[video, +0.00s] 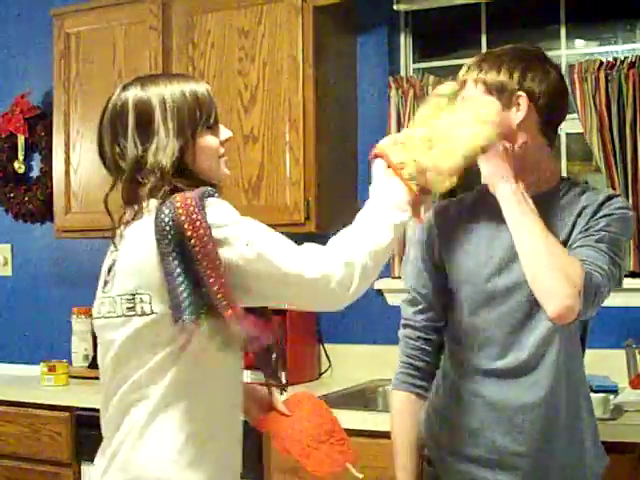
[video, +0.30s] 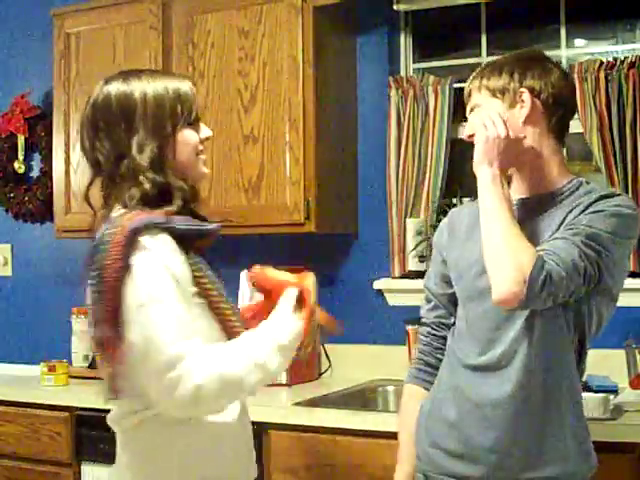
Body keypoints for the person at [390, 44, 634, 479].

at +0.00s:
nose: (458, 116)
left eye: (469, 99)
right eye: (460, 101)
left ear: (518, 109)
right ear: (517, 110)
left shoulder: (600, 211)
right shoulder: (440, 222)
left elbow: (565, 303)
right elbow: (414, 359)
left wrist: (504, 184)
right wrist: (405, 473)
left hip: (557, 461)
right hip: (457, 458)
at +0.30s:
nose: (464, 131)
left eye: (474, 112)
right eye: (467, 117)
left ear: (522, 107)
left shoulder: (608, 213)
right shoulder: (455, 226)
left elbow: (514, 286)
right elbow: (429, 354)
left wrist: (488, 172)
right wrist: (405, 468)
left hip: (542, 464)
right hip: (442, 460)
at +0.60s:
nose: (542, 127)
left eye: (560, 114)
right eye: (532, 112)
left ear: (597, 125)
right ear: (516, 123)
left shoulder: (619, 222)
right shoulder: (458, 221)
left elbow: (533, 279)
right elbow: (434, 332)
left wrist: (483, 162)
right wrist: (411, 435)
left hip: (552, 462)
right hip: (450, 457)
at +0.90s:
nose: (633, 147)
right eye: (625, 124)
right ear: (583, 115)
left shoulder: (626, 236)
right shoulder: (473, 210)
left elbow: (593, 319)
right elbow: (417, 341)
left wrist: (484, 245)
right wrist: (386, 465)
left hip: (564, 466)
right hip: (459, 462)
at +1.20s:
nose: (585, 128)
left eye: (607, 118)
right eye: (579, 111)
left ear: (637, 141)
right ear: (568, 119)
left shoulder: (632, 252)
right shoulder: (486, 210)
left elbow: (637, 393)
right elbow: (417, 331)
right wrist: (390, 447)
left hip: (566, 470)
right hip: (462, 462)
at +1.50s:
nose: (585, 130)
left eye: (608, 119)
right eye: (582, 113)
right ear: (572, 116)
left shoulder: (633, 254)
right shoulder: (494, 205)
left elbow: (636, 369)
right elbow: (416, 315)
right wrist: (398, 420)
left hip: (570, 466)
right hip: (463, 460)